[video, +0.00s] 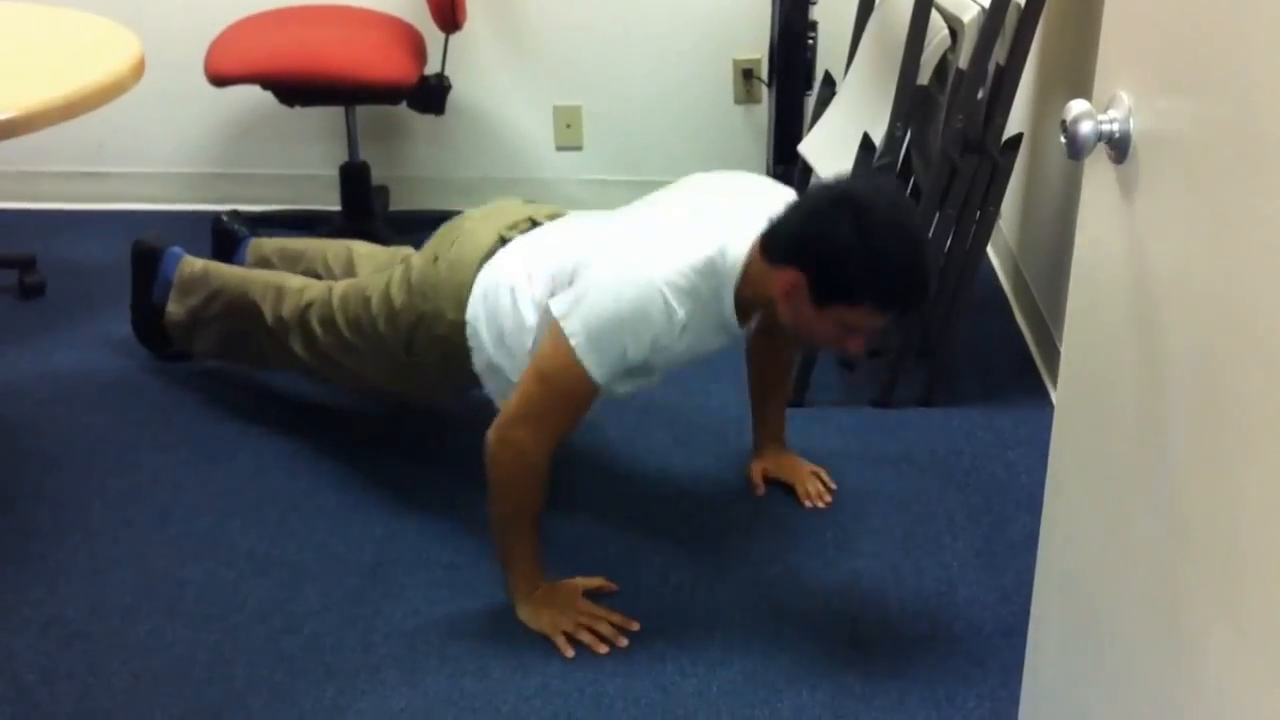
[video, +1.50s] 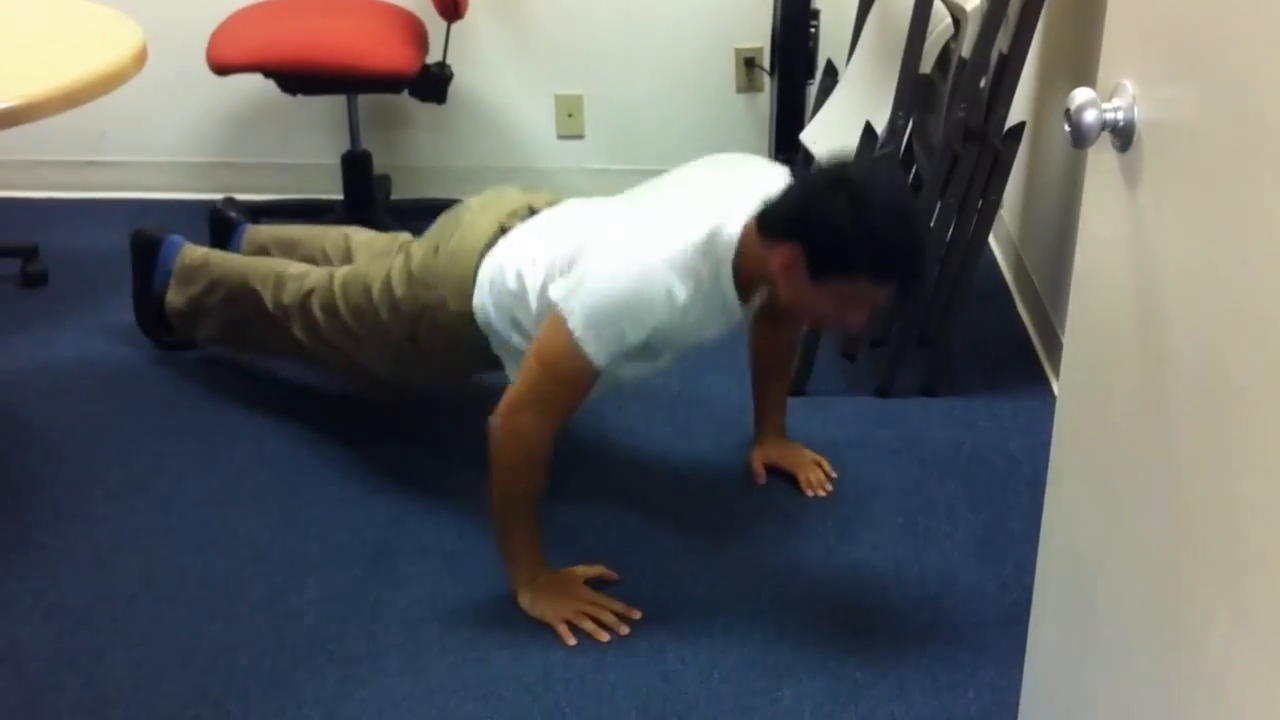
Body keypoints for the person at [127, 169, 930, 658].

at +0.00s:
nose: (857, 347)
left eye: (874, 334)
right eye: (854, 328)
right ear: (795, 289)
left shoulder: (785, 215)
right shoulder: (645, 302)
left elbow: (775, 330)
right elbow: (516, 439)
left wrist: (771, 443)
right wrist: (530, 587)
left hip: (530, 226)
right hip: (470, 301)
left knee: (391, 262)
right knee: (307, 322)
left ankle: (257, 245)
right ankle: (175, 296)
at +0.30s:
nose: (848, 559)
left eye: (864, 550)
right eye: (853, 546)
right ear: (815, 509)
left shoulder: (801, 371)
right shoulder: (688, 465)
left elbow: (792, 301)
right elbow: (485, 475)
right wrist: (530, 590)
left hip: (556, 317)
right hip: (478, 384)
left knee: (402, 303)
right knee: (310, 349)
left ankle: (251, 248)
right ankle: (182, 283)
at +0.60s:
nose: (854, 401)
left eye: (869, 390)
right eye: (855, 387)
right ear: (799, 348)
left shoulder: (781, 251)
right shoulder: (652, 351)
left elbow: (772, 346)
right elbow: (489, 453)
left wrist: (770, 438)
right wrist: (531, 587)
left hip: (530, 253)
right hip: (471, 329)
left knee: (385, 271)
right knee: (302, 329)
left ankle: (242, 239)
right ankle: (174, 284)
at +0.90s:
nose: (863, 387)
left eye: (876, 373)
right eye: (862, 371)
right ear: (802, 337)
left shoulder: (786, 239)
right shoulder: (658, 338)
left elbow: (775, 340)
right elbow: (488, 446)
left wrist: (770, 434)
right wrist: (532, 584)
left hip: (533, 247)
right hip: (466, 322)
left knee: (387, 268)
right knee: (306, 325)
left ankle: (248, 236)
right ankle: (178, 285)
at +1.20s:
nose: (859, 543)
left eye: (875, 533)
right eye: (861, 529)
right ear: (816, 494)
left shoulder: (801, 358)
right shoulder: (685, 449)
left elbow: (793, 292)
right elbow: (487, 467)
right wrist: (531, 582)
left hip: (557, 309)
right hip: (480, 377)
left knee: (403, 296)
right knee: (313, 342)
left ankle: (250, 240)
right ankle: (182, 276)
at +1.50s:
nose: (855, 327)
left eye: (870, 313)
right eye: (852, 309)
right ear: (794, 266)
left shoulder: (783, 193)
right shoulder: (643, 288)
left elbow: (779, 314)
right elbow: (520, 423)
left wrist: (772, 432)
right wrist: (531, 576)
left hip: (527, 214)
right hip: (472, 285)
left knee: (389, 250)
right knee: (310, 311)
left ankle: (247, 233)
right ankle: (177, 285)